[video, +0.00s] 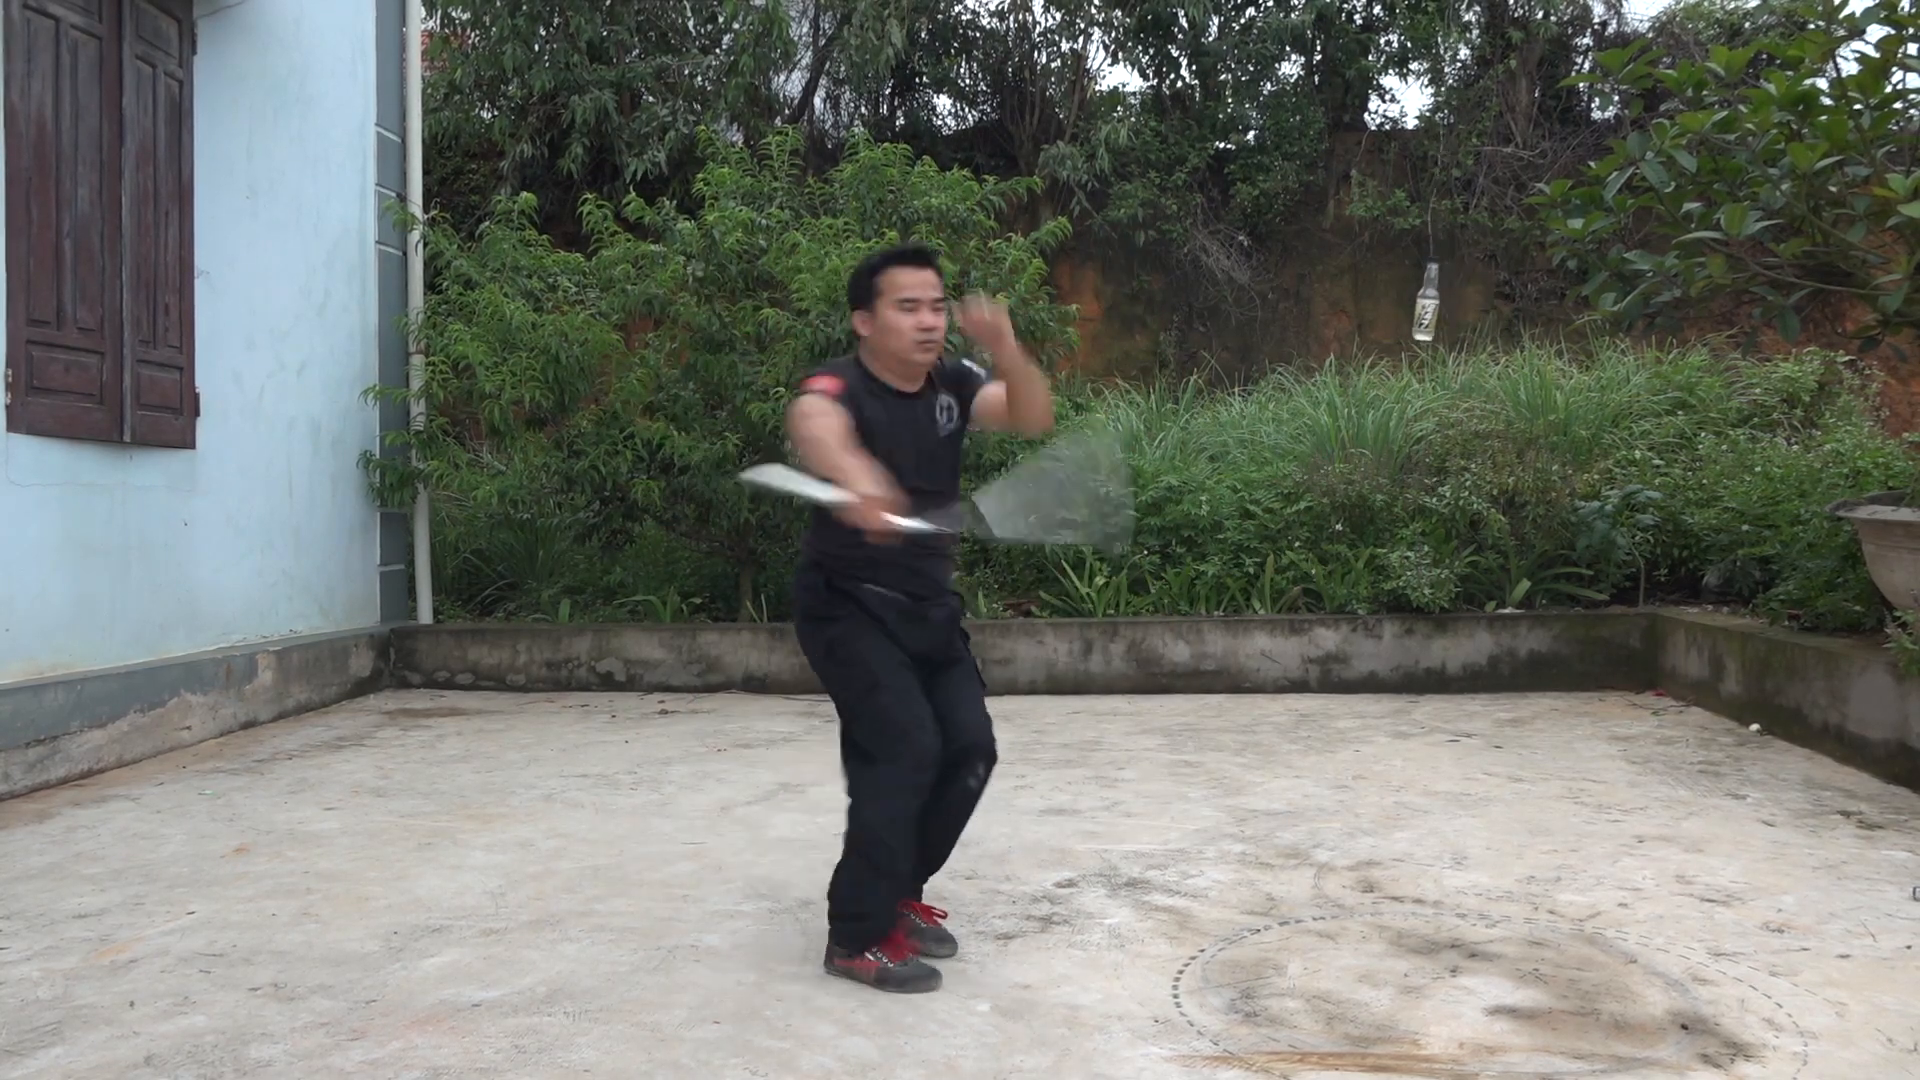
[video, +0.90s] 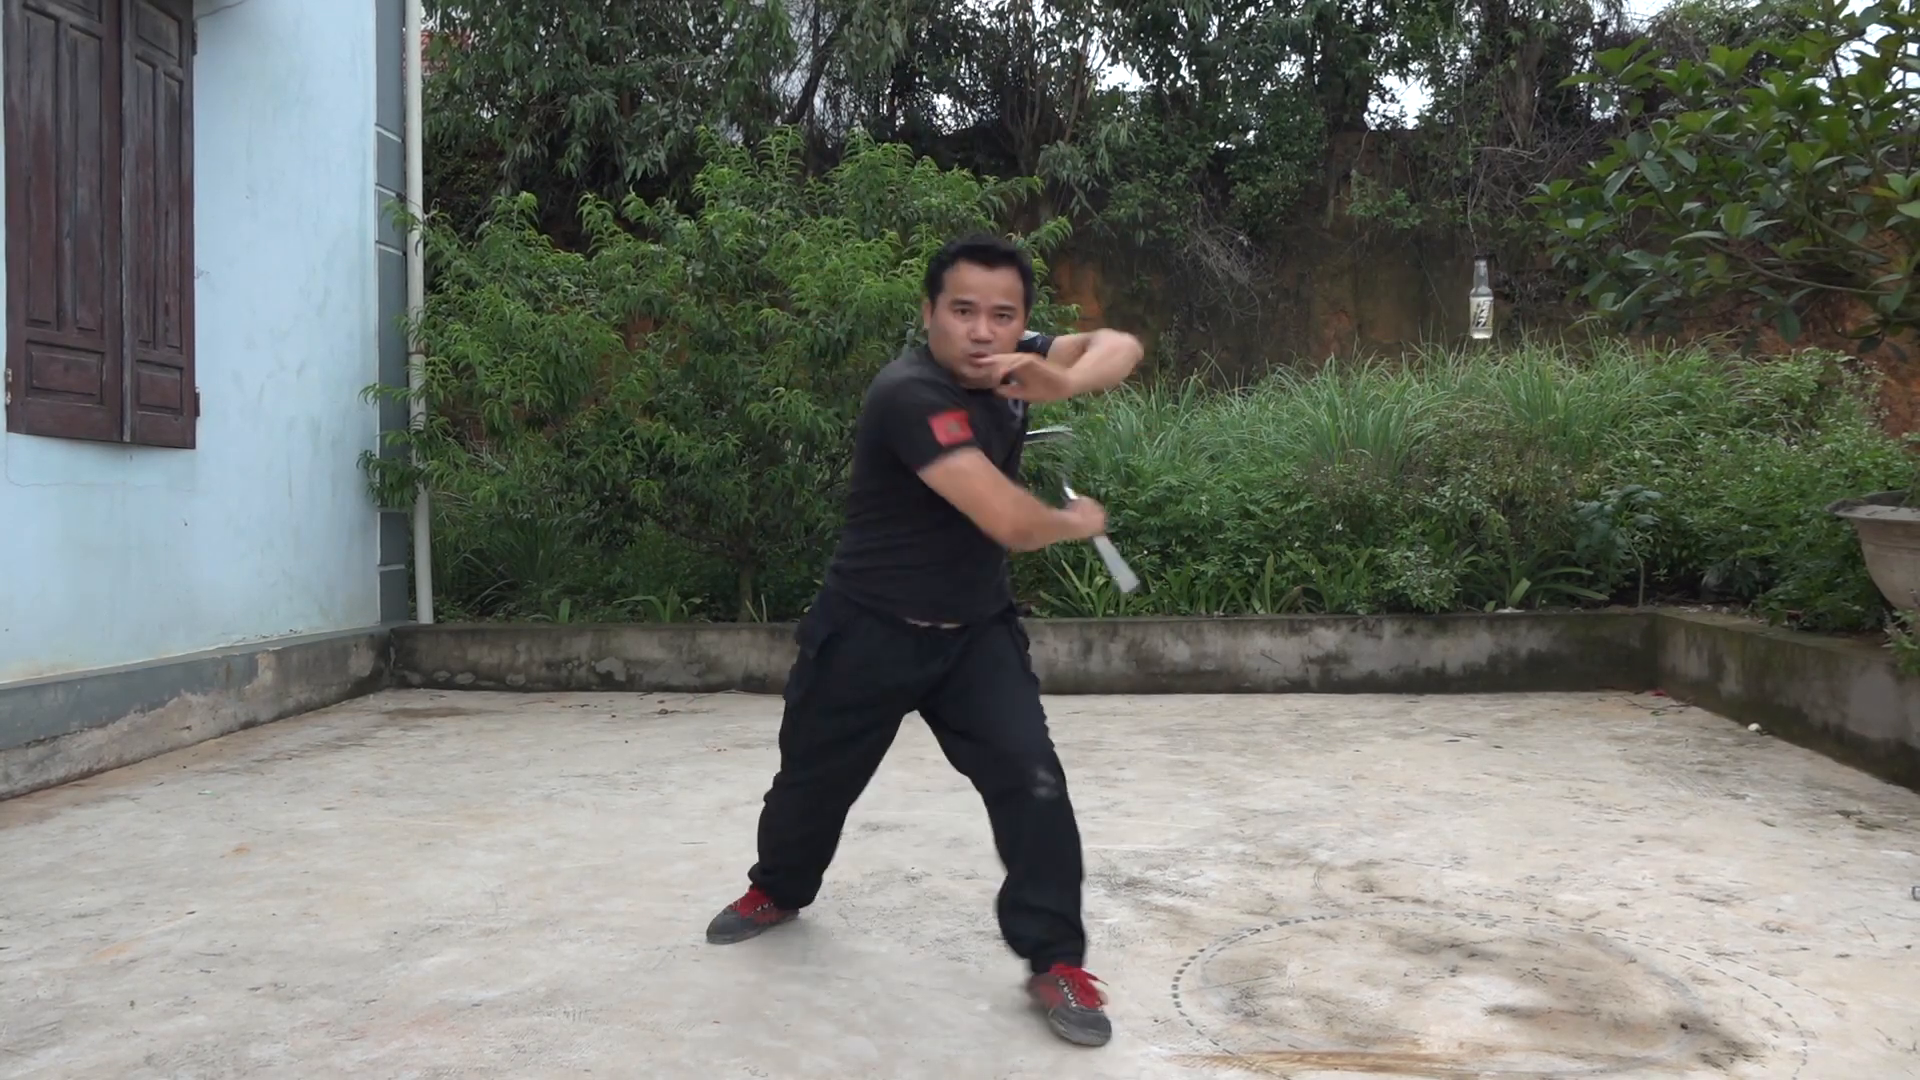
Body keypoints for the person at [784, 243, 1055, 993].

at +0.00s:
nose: (929, 320)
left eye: (938, 306)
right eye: (909, 307)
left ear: (948, 316)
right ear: (863, 322)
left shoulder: (952, 384)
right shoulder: (828, 392)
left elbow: (1033, 416)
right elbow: (822, 437)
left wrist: (1006, 350)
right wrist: (862, 479)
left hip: (928, 606)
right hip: (848, 604)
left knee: (969, 749)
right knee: (903, 749)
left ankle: (899, 894)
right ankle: (855, 937)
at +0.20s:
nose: (971, 184)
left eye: (964, 174)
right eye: (965, 175)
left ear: (876, 185)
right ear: (949, 184)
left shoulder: (841, 246)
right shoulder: (965, 229)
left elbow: (756, 258)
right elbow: (1070, 148)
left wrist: (770, 281)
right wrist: (1128, 66)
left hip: (841, 484)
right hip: (916, 497)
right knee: (915, 706)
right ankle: (873, 896)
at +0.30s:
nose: (858, 122)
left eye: (860, 109)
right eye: (860, 109)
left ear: (876, 111)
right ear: (944, 108)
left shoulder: (839, 175)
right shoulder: (1000, 149)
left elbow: (729, 193)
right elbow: (1098, 67)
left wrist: (793, 174)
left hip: (871, 420)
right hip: (975, 432)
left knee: (809, 481)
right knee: (987, 607)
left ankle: (843, 584)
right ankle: (938, 729)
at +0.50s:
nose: (891, 123)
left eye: (909, 106)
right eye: (888, 107)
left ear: (969, 115)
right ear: (961, 122)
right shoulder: (989, 181)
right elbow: (996, 130)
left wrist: (830, 371)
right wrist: (1030, 61)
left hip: (949, 457)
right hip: (904, 424)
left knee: (892, 635)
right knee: (815, 411)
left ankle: (961, 847)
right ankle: (914, 517)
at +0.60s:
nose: (964, 201)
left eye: (986, 183)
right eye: (951, 184)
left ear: (1032, 196)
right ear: (935, 193)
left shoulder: (1057, 288)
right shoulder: (922, 268)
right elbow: (821, 250)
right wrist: (903, 165)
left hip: (966, 561)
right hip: (871, 522)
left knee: (971, 769)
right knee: (808, 558)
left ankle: (1000, 981)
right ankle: (859, 597)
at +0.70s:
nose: (1000, 287)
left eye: (1022, 271)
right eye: (983, 269)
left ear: (1055, 282)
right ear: (958, 274)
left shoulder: (1074, 358)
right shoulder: (920, 341)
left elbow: (1138, 410)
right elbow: (881, 448)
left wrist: (1034, 371)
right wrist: (891, 388)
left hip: (985, 621)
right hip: (882, 597)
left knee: (964, 794)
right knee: (808, 739)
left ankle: (1001, 982)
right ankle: (799, 816)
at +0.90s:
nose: (984, 330)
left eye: (1003, 315)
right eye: (965, 310)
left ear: (1021, 323)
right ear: (928, 313)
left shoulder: (1018, 370)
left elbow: (1122, 347)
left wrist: (1071, 379)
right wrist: (1080, 522)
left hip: (975, 635)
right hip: (865, 628)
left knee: (1034, 787)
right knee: (811, 779)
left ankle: (1055, 963)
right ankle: (779, 890)